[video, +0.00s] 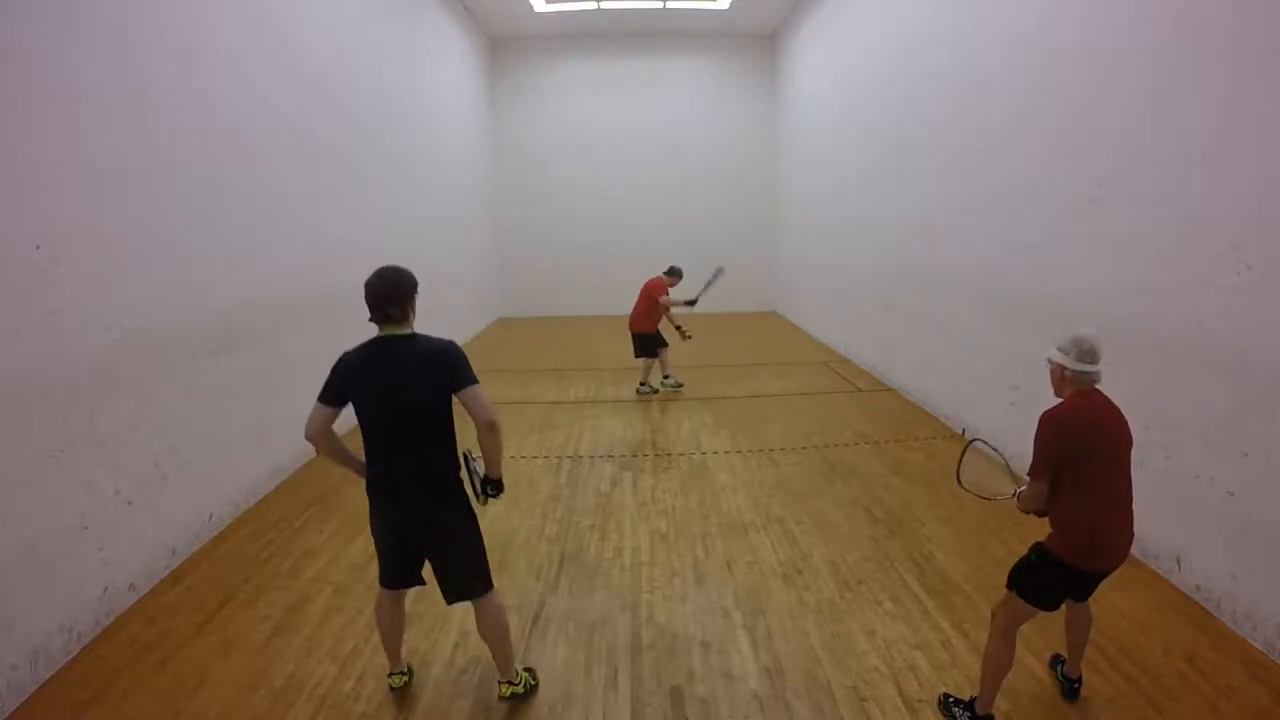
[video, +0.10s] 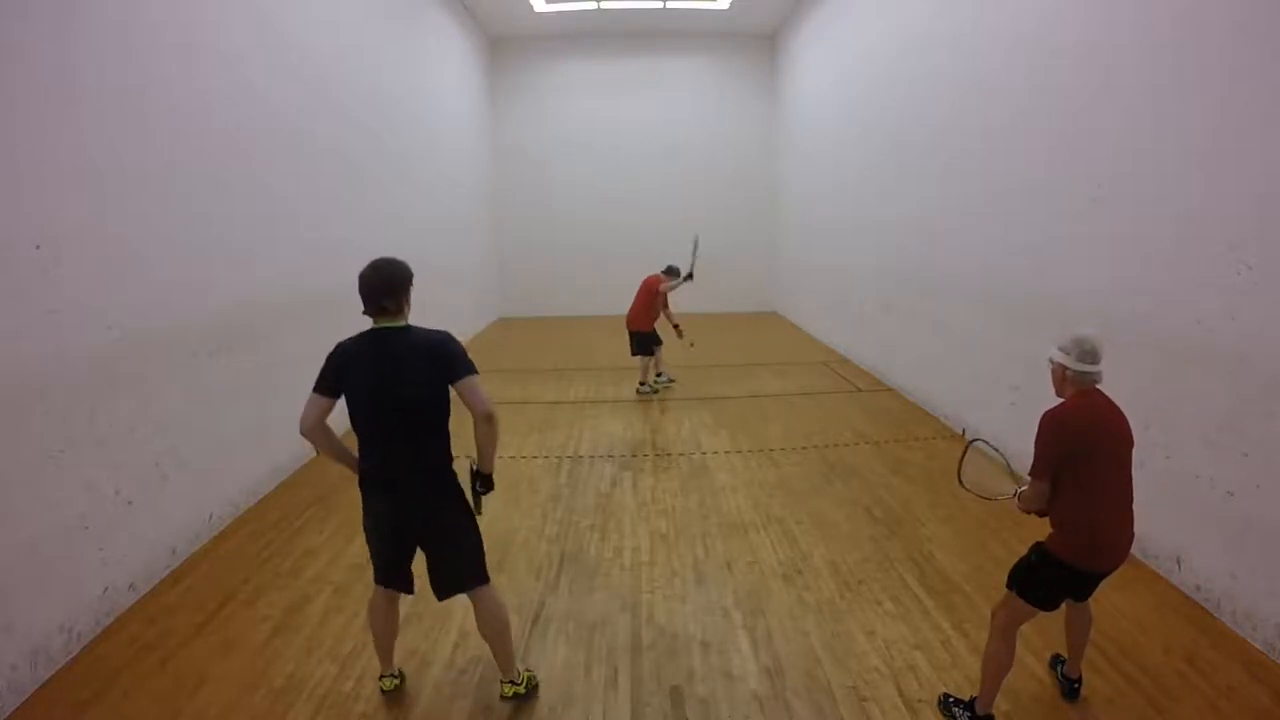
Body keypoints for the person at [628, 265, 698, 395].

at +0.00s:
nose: (676, 284)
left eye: (678, 282)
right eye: (677, 281)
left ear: (668, 274)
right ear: (673, 277)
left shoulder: (662, 287)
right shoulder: (657, 284)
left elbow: (667, 312)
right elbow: (663, 301)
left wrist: (678, 327)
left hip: (649, 325)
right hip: (641, 326)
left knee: (662, 348)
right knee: (651, 355)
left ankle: (666, 378)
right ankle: (643, 384)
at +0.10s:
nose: (672, 282)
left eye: (674, 281)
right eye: (673, 280)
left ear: (665, 274)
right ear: (669, 276)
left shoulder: (660, 286)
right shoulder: (654, 280)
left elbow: (665, 309)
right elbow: (663, 288)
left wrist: (675, 325)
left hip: (646, 323)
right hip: (638, 324)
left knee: (657, 345)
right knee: (647, 353)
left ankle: (659, 375)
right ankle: (642, 384)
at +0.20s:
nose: (670, 281)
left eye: (672, 280)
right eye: (670, 278)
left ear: (671, 277)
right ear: (664, 272)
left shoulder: (661, 289)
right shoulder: (650, 279)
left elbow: (664, 308)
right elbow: (662, 276)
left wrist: (672, 325)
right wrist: (675, 264)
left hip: (643, 322)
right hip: (635, 322)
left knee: (650, 346)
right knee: (645, 352)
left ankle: (647, 373)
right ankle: (642, 384)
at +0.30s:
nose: (668, 281)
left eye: (670, 279)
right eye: (669, 277)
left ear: (668, 275)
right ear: (664, 272)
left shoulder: (660, 288)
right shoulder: (649, 278)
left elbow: (661, 306)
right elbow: (656, 269)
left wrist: (667, 322)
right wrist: (669, 255)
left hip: (639, 322)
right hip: (632, 320)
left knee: (642, 350)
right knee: (642, 352)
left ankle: (639, 371)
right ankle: (643, 383)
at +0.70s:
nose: (656, 283)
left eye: (656, 281)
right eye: (657, 281)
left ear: (646, 274)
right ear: (656, 281)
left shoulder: (632, 280)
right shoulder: (652, 294)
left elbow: (619, 291)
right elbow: (650, 312)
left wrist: (631, 298)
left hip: (615, 321)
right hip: (630, 325)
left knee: (623, 344)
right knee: (635, 351)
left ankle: (628, 367)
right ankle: (625, 367)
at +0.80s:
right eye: (651, 277)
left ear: (641, 273)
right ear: (652, 277)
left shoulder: (628, 281)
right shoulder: (650, 289)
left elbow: (617, 292)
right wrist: (618, 296)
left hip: (618, 325)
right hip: (635, 328)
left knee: (622, 347)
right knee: (630, 352)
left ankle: (627, 368)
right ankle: (618, 369)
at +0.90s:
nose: (633, 274)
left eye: (633, 272)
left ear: (632, 272)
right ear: (643, 273)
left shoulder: (625, 283)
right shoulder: (645, 286)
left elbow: (615, 299)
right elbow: (634, 298)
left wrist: (622, 309)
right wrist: (615, 292)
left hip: (624, 325)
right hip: (640, 326)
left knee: (621, 347)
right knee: (633, 352)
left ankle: (629, 369)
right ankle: (622, 374)